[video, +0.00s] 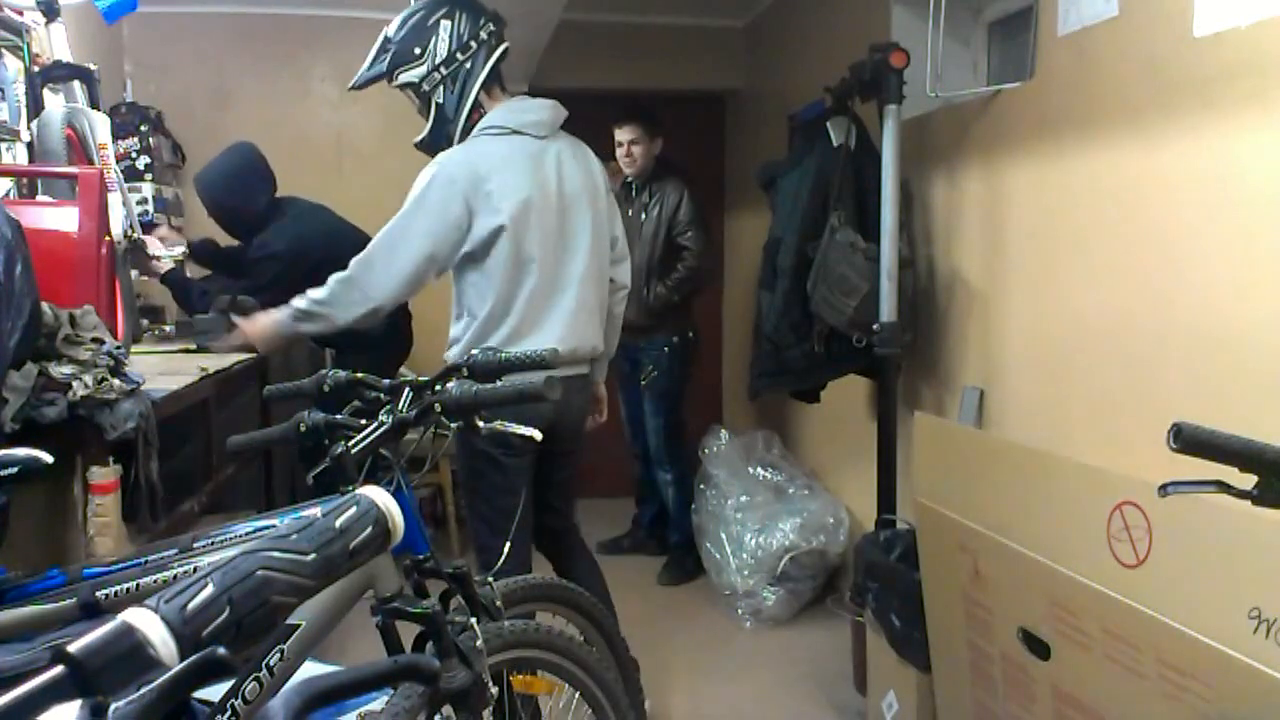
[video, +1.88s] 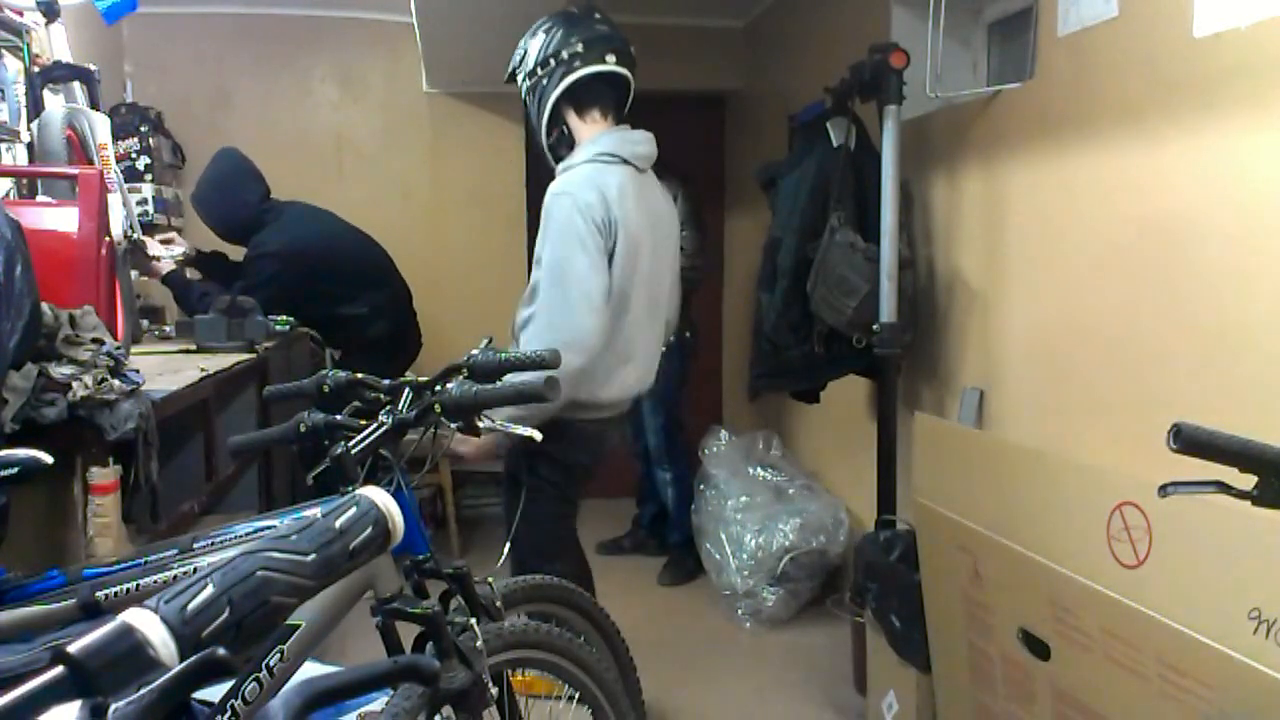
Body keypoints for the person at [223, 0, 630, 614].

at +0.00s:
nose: (421, 110)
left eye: (423, 91)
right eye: (416, 93)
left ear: (454, 78)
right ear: (491, 71)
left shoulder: (465, 167)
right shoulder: (583, 161)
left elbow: (381, 279)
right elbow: (618, 277)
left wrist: (283, 320)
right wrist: (598, 369)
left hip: (500, 394)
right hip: (573, 390)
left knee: (502, 559)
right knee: (560, 532)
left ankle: (511, 697)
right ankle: (616, 674)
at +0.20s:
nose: (423, 113)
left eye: (425, 95)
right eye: (417, 97)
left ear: (460, 82)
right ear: (485, 75)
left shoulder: (482, 165)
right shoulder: (573, 161)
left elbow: (429, 298)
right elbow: (608, 271)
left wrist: (356, 372)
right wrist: (577, 357)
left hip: (500, 392)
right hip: (564, 387)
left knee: (498, 551)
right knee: (545, 526)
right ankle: (608, 669)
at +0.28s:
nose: (421, 115)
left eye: (425, 97)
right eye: (417, 99)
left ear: (462, 81)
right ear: (479, 78)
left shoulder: (500, 165)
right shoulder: (564, 162)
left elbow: (484, 304)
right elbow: (597, 275)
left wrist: (423, 377)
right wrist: (554, 352)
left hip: (503, 393)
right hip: (555, 386)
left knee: (493, 553)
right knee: (542, 530)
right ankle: (606, 669)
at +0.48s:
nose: (461, 119)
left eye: (475, 102)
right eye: (448, 105)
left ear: (514, 90)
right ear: (435, 101)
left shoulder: (560, 174)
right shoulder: (498, 172)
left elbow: (564, 299)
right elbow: (495, 292)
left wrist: (507, 376)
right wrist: (470, 369)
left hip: (553, 382)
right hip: (508, 379)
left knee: (517, 541)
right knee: (527, 532)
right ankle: (581, 652)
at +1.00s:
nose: (504, 136)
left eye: (515, 123)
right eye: (501, 122)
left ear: (557, 117)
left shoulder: (604, 203)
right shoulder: (523, 199)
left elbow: (600, 323)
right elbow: (490, 303)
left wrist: (527, 360)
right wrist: (427, 333)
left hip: (568, 398)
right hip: (509, 393)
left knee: (535, 552)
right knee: (500, 544)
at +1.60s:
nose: (522, 112)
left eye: (526, 95)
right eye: (522, 96)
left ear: (555, 94)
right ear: (596, 97)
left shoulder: (591, 193)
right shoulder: (626, 189)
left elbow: (574, 334)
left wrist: (495, 406)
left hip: (566, 416)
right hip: (594, 409)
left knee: (528, 565)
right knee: (542, 556)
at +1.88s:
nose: (530, 114)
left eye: (531, 99)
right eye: (528, 98)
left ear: (551, 97)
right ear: (620, 94)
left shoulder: (578, 192)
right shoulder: (655, 193)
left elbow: (566, 331)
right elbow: (661, 315)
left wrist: (497, 430)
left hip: (565, 414)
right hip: (610, 409)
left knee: (539, 552)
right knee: (554, 540)